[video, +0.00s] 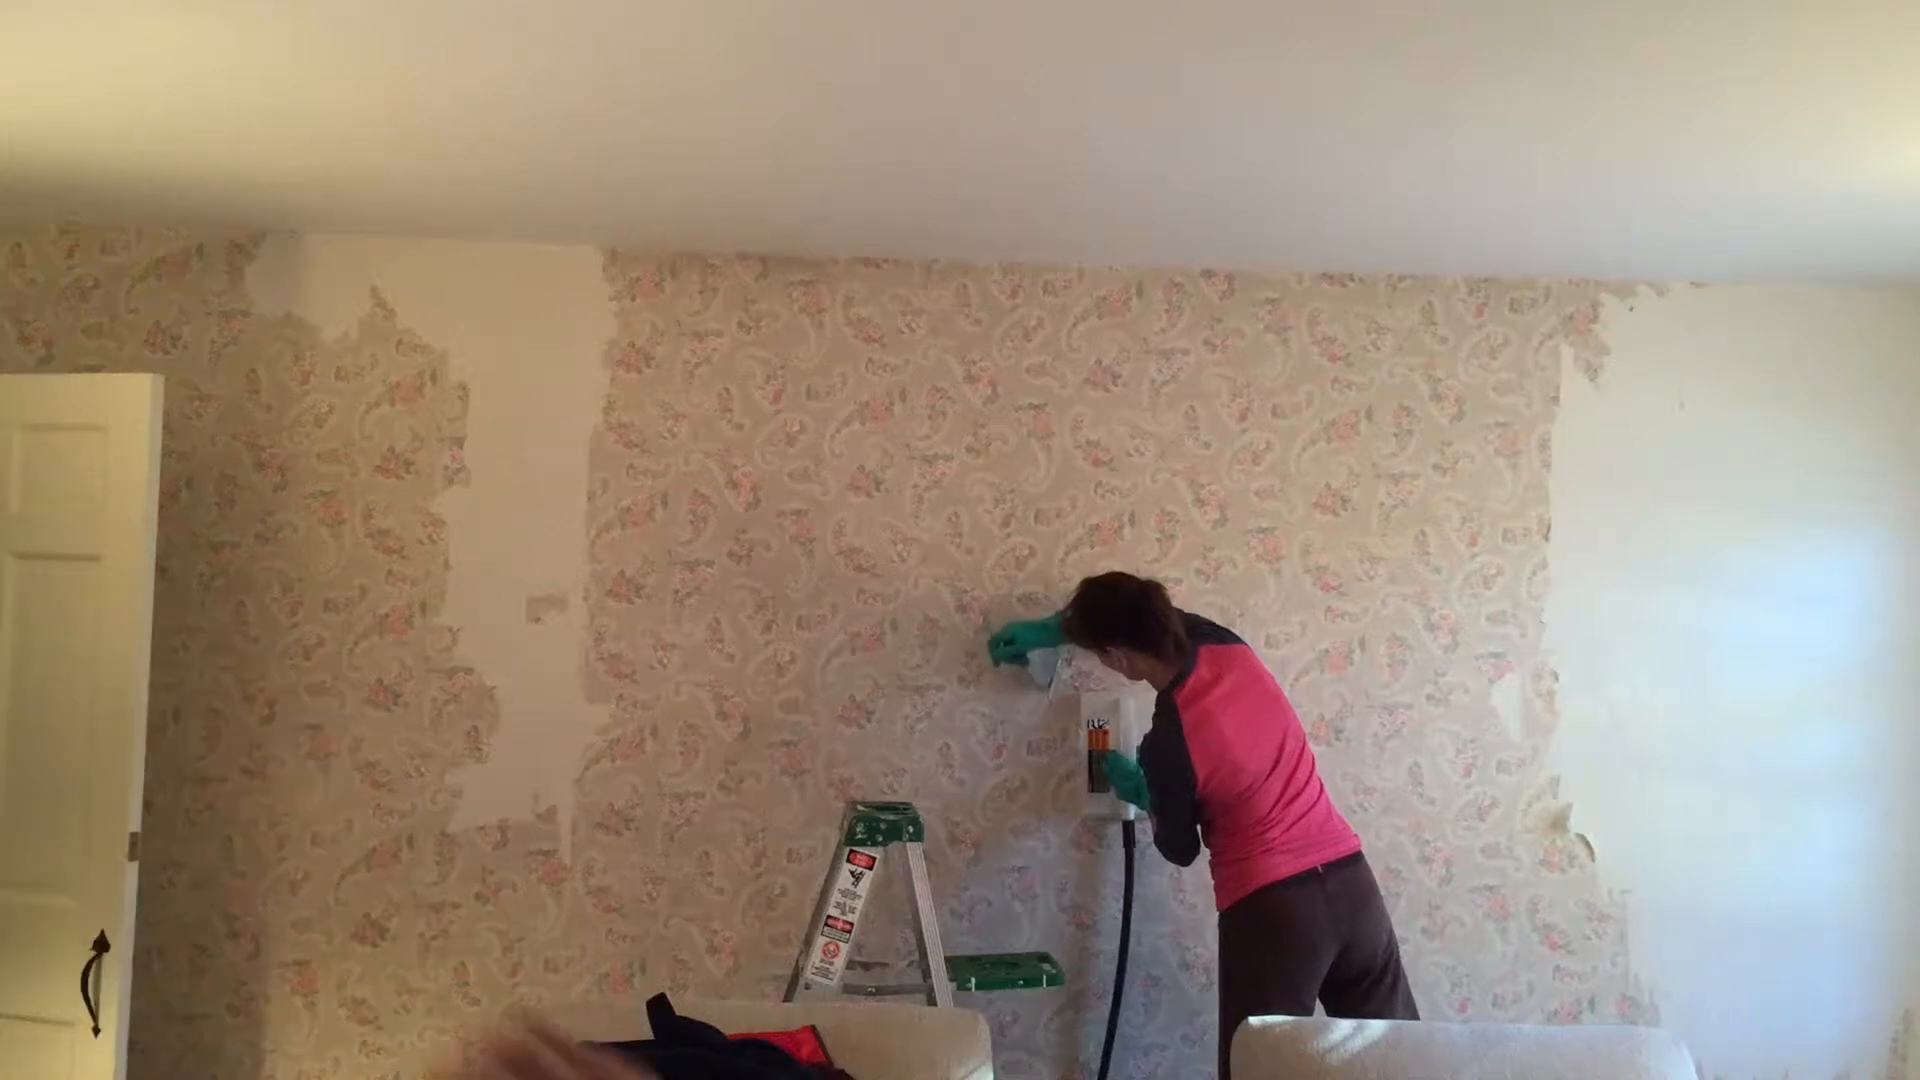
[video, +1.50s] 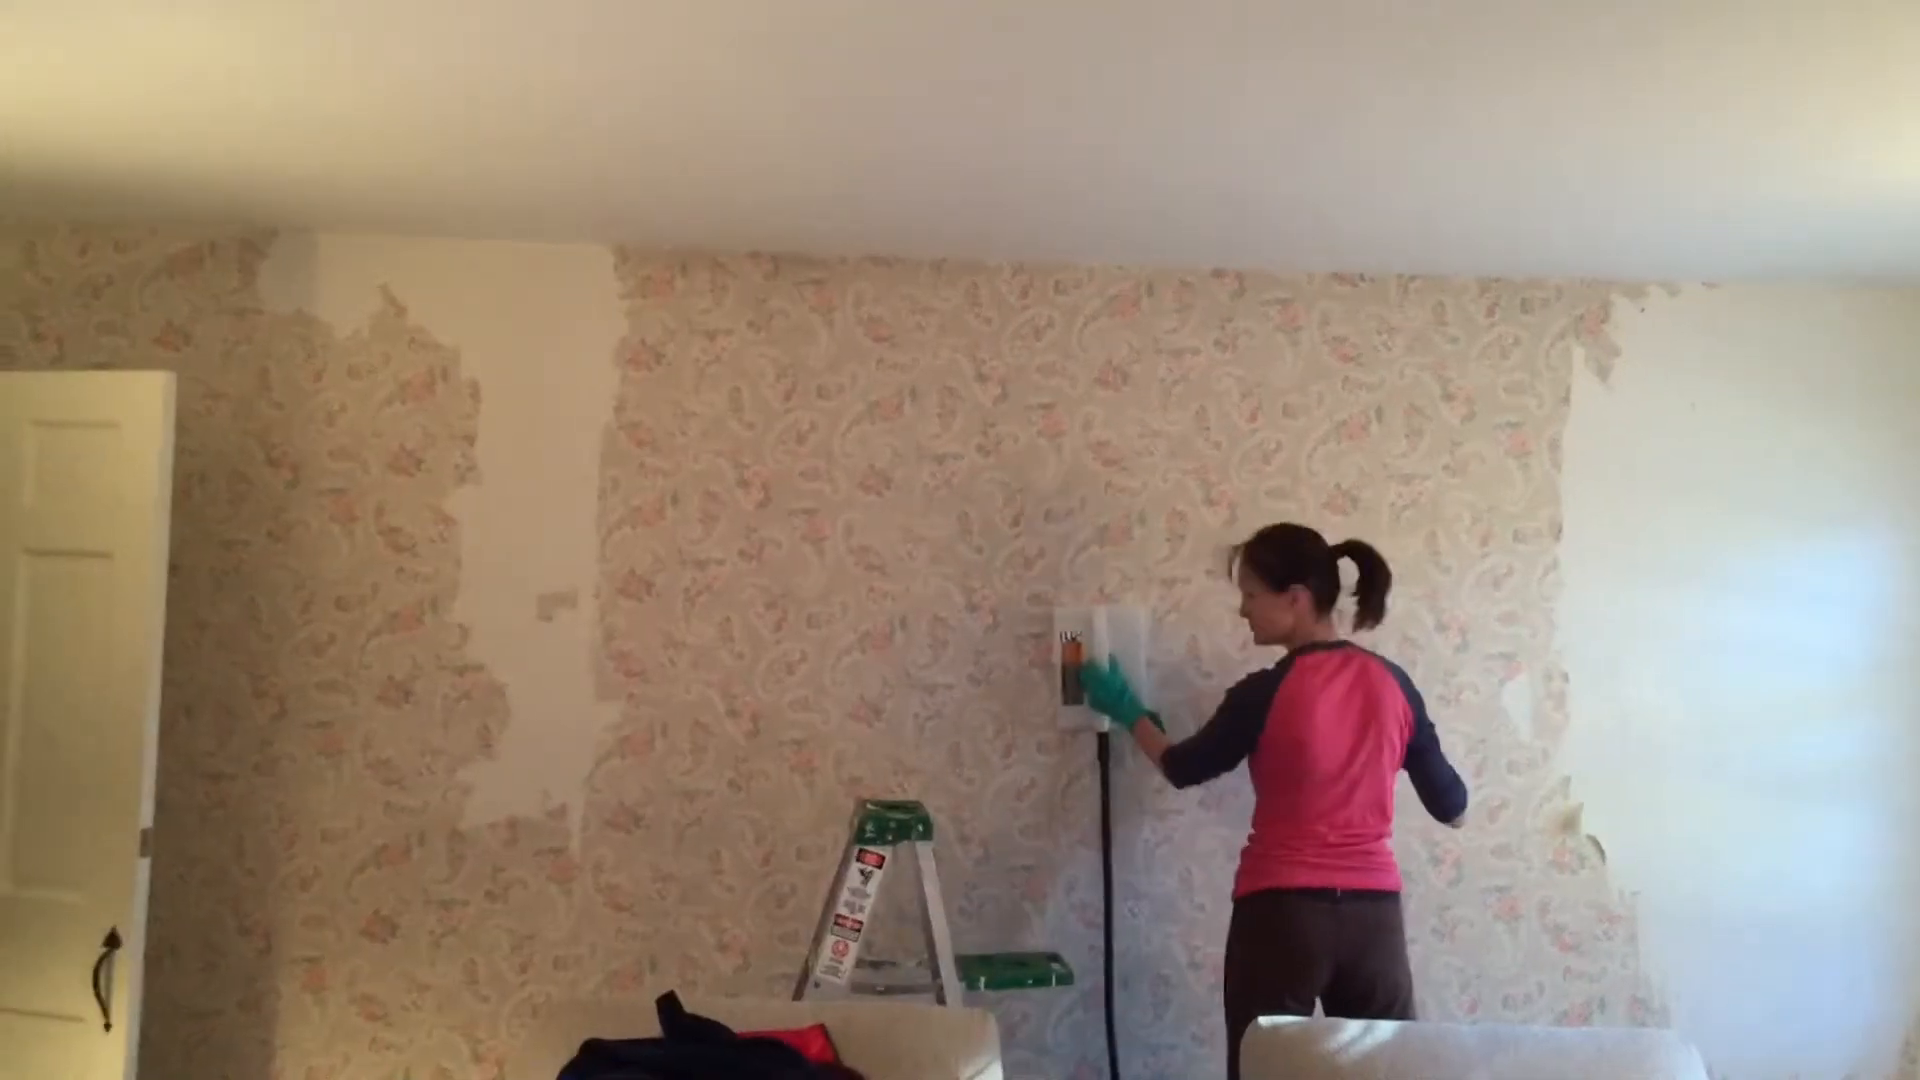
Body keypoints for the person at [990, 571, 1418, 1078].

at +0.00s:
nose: (1107, 665)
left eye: (1104, 654)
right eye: (1099, 655)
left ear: (1123, 653)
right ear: (1159, 614)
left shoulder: (1167, 740)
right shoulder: (1232, 649)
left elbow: (1180, 847)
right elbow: (1138, 612)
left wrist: (1138, 790)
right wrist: (1046, 630)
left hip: (1271, 917)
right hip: (1353, 889)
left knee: (1255, 1070)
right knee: (1401, 1060)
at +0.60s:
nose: (1124, 655)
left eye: (1122, 641)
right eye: (1117, 641)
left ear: (1139, 643)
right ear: (1187, 609)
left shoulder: (1174, 733)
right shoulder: (1261, 652)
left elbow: (1182, 847)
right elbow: (1192, 618)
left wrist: (1155, 797)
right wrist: (1105, 581)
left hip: (1261, 916)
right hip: (1349, 895)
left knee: (1247, 1073)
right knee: (1392, 1063)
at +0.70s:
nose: (1139, 646)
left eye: (1134, 636)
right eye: (1133, 637)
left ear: (1153, 636)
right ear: (1200, 602)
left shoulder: (1184, 728)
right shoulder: (1272, 646)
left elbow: (1177, 835)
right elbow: (1206, 611)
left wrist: (1137, 775)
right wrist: (1155, 576)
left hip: (1260, 916)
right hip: (1349, 900)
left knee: (1245, 1074)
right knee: (1385, 1066)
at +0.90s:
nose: (1166, 625)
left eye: (1164, 613)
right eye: (1164, 613)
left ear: (1184, 619)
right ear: (1240, 594)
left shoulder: (1198, 713)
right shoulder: (1312, 659)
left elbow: (1169, 814)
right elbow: (1264, 628)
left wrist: (1126, 745)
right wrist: (1228, 577)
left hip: (1256, 917)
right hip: (1350, 907)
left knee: (1243, 1074)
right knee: (1378, 1069)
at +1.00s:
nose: (1181, 621)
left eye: (1180, 607)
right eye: (1178, 608)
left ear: (1203, 610)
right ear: (1258, 595)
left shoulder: (1207, 709)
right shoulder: (1323, 660)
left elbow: (1169, 804)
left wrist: (1127, 736)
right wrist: (1286, 639)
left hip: (1258, 917)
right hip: (1353, 911)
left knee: (1245, 1074)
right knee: (1380, 1070)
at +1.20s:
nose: (1212, 610)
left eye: (1211, 596)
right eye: (1208, 596)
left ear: (1233, 600)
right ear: (1288, 590)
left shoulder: (1228, 699)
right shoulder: (1354, 678)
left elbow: (1169, 783)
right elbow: (1414, 766)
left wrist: (1124, 714)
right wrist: (1351, 669)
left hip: (1263, 917)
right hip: (1358, 914)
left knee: (1251, 1074)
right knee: (1381, 1071)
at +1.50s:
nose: (1241, 608)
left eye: (1249, 594)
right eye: (1241, 594)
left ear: (1296, 599)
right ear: (1302, 597)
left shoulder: (1264, 691)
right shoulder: (1393, 685)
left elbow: (1180, 768)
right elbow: (1451, 804)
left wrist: (1129, 712)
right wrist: (1399, 735)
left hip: (1278, 920)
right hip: (1374, 922)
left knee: (1262, 1075)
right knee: (1385, 1074)